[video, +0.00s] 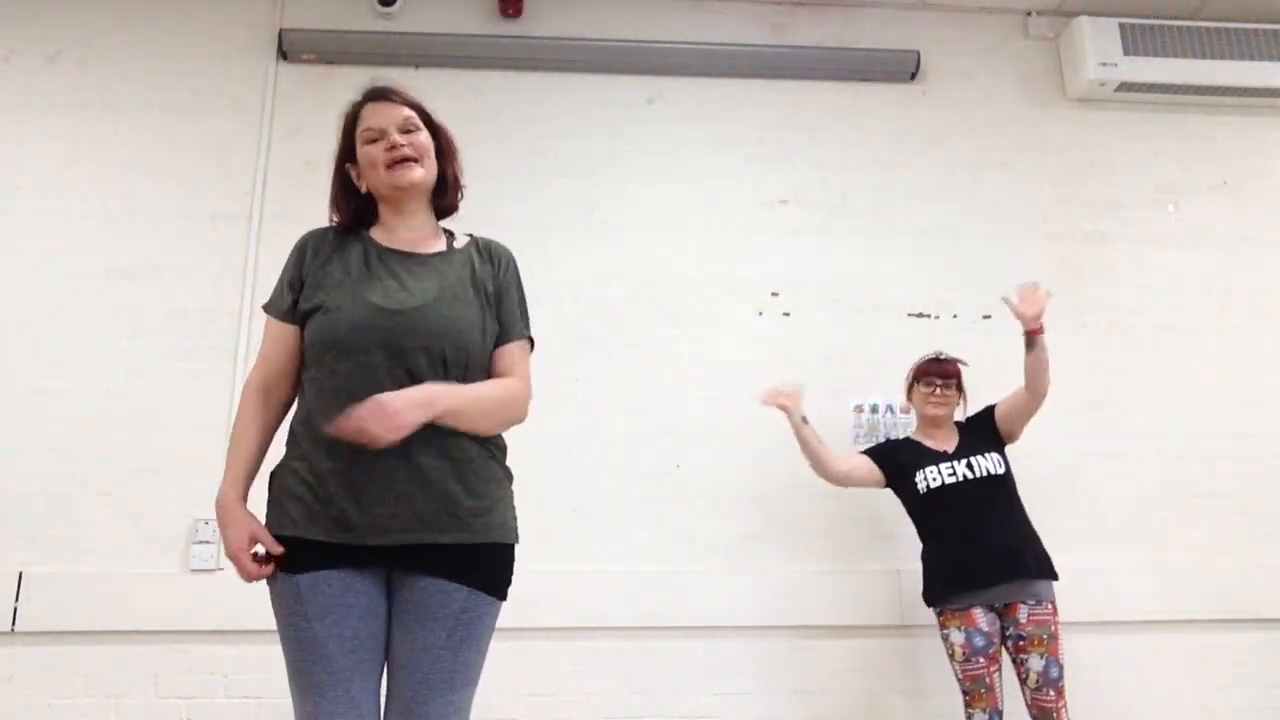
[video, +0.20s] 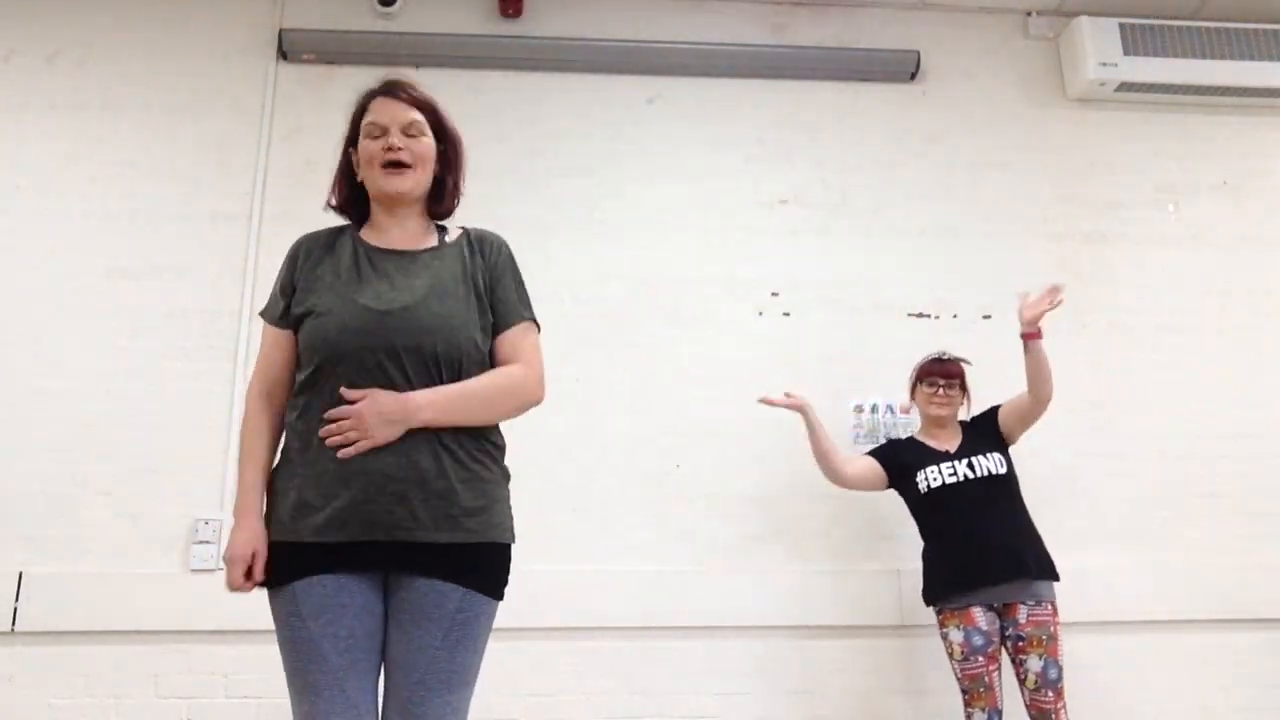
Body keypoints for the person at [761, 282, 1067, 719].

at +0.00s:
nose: (938, 391)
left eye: (948, 385)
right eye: (929, 384)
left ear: (960, 396)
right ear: (910, 395)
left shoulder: (986, 430)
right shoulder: (897, 457)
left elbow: (1035, 391)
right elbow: (835, 470)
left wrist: (1034, 330)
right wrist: (796, 417)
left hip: (1027, 584)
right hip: (961, 597)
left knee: (1050, 707)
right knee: (984, 711)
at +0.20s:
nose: (941, 391)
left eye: (951, 385)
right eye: (931, 384)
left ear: (963, 396)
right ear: (913, 395)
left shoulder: (989, 430)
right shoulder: (900, 456)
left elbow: (1039, 396)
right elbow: (841, 473)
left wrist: (1031, 332)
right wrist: (807, 413)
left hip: (1027, 584)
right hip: (961, 595)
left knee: (1049, 707)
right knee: (984, 710)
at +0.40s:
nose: (953, 385)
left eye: (962, 378)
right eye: (942, 377)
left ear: (975, 386)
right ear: (927, 387)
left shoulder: (1005, 427)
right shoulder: (912, 446)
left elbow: (1076, 443)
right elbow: (849, 480)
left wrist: (1039, 409)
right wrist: (836, 465)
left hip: (1029, 583)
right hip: (962, 591)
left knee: (1049, 705)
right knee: (982, 708)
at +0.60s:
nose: (977, 380)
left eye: (986, 373)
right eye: (967, 375)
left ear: (1002, 383)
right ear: (953, 387)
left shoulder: (1033, 433)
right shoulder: (936, 445)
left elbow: (1063, 500)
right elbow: (898, 508)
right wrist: (886, 575)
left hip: (1038, 590)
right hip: (970, 594)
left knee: (1052, 707)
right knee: (987, 708)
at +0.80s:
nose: (1006, 375)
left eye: (1015, 369)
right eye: (996, 370)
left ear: (1031, 381)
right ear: (981, 385)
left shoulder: (1062, 433)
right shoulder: (962, 440)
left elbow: (1099, 507)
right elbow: (944, 518)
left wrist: (1107, 578)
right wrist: (945, 584)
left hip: (1054, 595)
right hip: (985, 595)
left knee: (1057, 708)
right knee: (996, 707)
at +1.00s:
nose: (1022, 377)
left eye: (1032, 370)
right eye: (1012, 372)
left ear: (1049, 381)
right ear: (998, 387)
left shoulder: (1079, 435)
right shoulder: (979, 440)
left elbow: (1114, 511)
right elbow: (955, 516)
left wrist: (1139, 577)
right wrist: (948, 582)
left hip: (1071, 595)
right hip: (1003, 595)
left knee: (1068, 708)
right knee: (1020, 707)